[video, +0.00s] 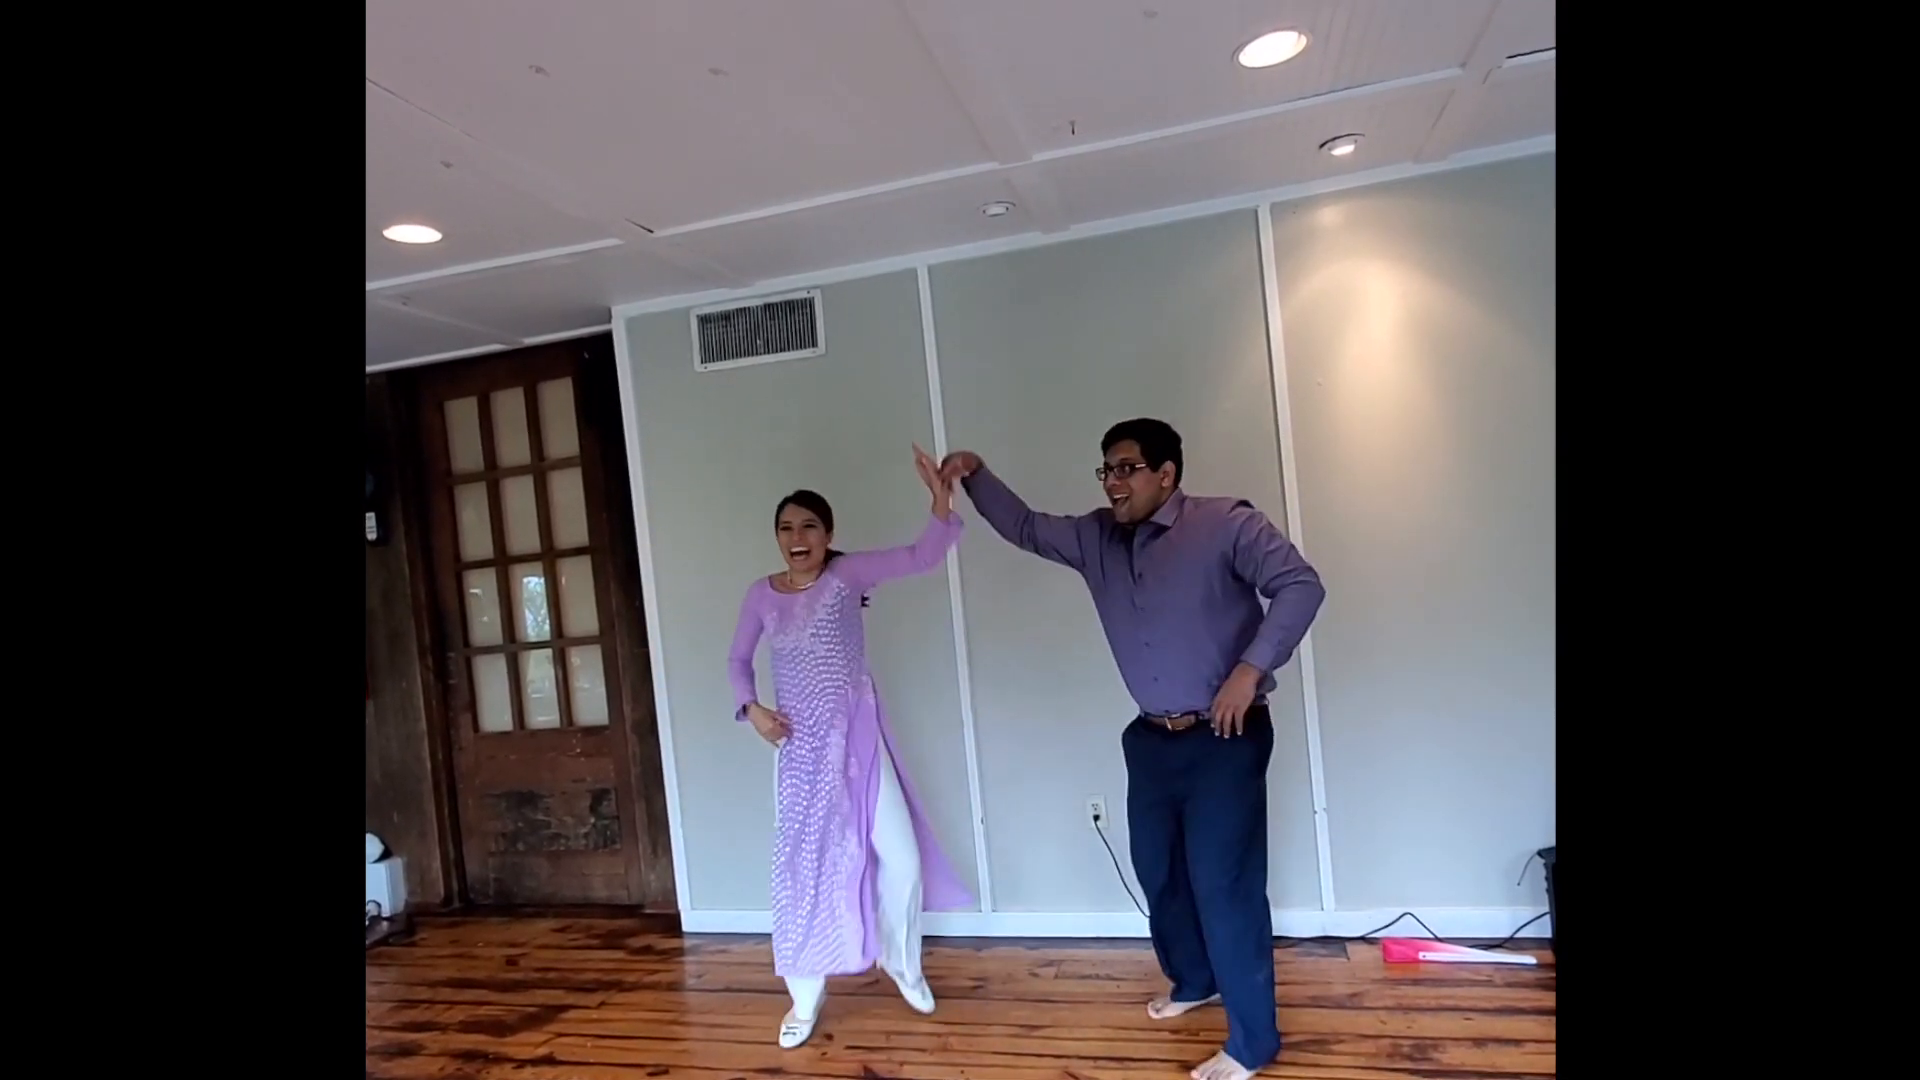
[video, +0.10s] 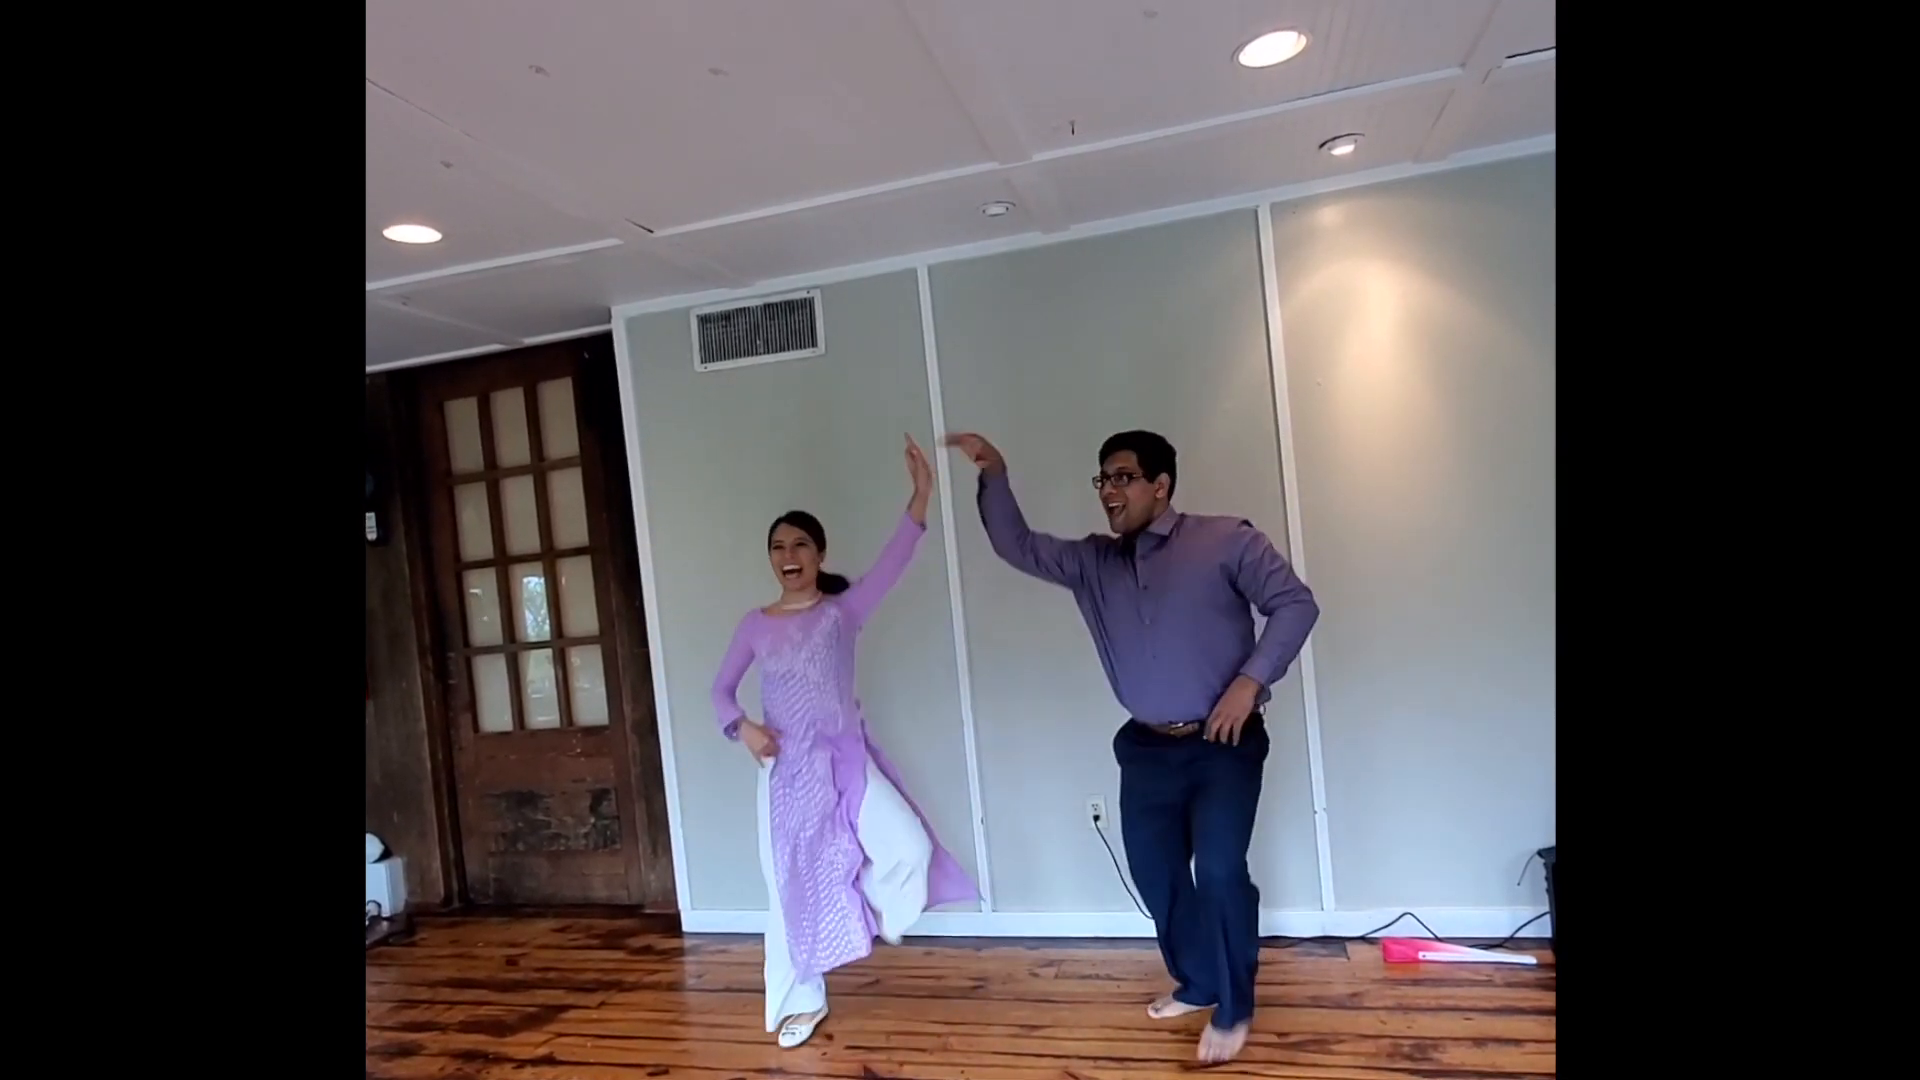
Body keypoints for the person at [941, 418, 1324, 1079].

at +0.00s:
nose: (1111, 482)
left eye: (1124, 469)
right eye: (1106, 471)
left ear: (1166, 473)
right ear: (1105, 477)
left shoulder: (1225, 524)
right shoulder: (1096, 538)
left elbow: (1299, 586)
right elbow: (1024, 525)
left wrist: (1250, 671)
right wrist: (975, 472)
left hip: (1224, 734)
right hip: (1152, 738)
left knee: (1222, 882)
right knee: (1159, 872)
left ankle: (1252, 1043)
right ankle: (1194, 979)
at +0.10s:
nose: (1107, 491)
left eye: (1122, 478)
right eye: (1103, 480)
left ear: (1162, 486)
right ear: (1102, 489)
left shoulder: (1226, 540)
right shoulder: (1092, 561)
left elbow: (1296, 605)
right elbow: (1014, 543)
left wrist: (1250, 682)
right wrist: (992, 471)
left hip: (1225, 738)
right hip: (1147, 745)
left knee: (1218, 869)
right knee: (1155, 873)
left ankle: (1233, 1009)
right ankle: (1197, 982)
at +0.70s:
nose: (1130, 480)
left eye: (1143, 470)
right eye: (1120, 476)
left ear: (1173, 483)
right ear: (1114, 498)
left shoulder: (1228, 545)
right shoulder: (1106, 565)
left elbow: (1277, 607)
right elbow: (1057, 531)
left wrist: (1289, 667)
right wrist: (1012, 470)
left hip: (1247, 736)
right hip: (1158, 750)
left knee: (1319, 852)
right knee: (1161, 878)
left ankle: (1362, 994)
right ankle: (1203, 987)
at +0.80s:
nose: (1134, 480)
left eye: (1147, 467)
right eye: (1123, 475)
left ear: (1178, 478)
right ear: (1119, 496)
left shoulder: (1230, 542)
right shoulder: (1116, 562)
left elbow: (1281, 601)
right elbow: (1088, 533)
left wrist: (1295, 664)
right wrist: (1068, 464)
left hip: (1256, 732)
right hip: (1166, 748)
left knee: (1327, 847)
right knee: (1167, 877)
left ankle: (1361, 987)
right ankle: (1201, 985)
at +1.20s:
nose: (1136, 517)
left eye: (1144, 502)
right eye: (1132, 513)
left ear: (1186, 490)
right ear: (1152, 520)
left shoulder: (1283, 526)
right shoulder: (1161, 579)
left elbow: (1347, 577)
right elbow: (1205, 562)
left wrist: (1359, 658)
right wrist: (1256, 471)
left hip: (1307, 738)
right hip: (1213, 732)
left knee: (1338, 876)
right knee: (1127, 815)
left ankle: (1320, 978)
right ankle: (1151, 931)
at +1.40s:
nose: (1128, 518)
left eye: (1133, 502)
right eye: (1123, 513)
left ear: (1173, 486)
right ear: (1143, 516)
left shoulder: (1276, 517)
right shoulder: (1152, 571)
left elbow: (1346, 570)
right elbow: (1201, 541)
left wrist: (1366, 654)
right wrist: (1256, 457)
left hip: (1316, 728)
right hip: (1218, 730)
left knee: (1331, 870)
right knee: (1155, 857)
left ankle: (1327, 986)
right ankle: (1110, 991)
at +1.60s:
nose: (1134, 504)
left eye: (1143, 487)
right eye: (1125, 503)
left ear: (1182, 484)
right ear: (1130, 522)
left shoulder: (1265, 529)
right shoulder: (1144, 572)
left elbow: (1334, 588)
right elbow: (1187, 536)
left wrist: (1346, 667)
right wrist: (1248, 455)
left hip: (1302, 741)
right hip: (1205, 750)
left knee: (1333, 877)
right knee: (1167, 887)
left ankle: (1325, 981)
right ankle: (1127, 1018)